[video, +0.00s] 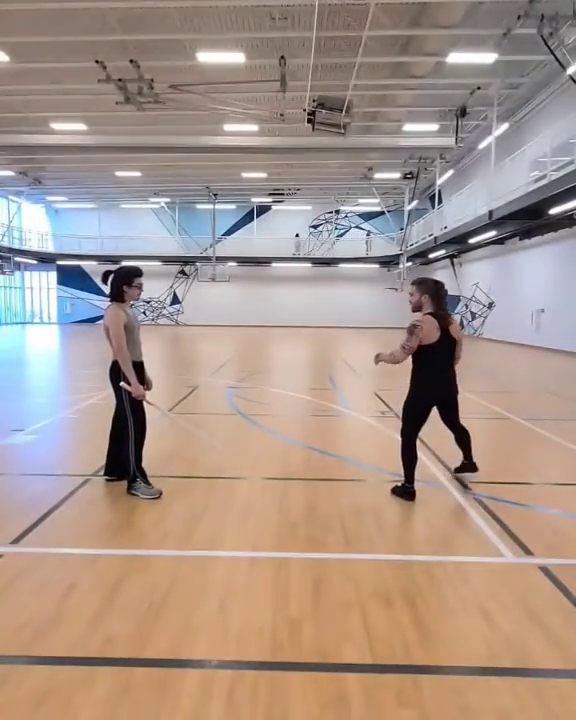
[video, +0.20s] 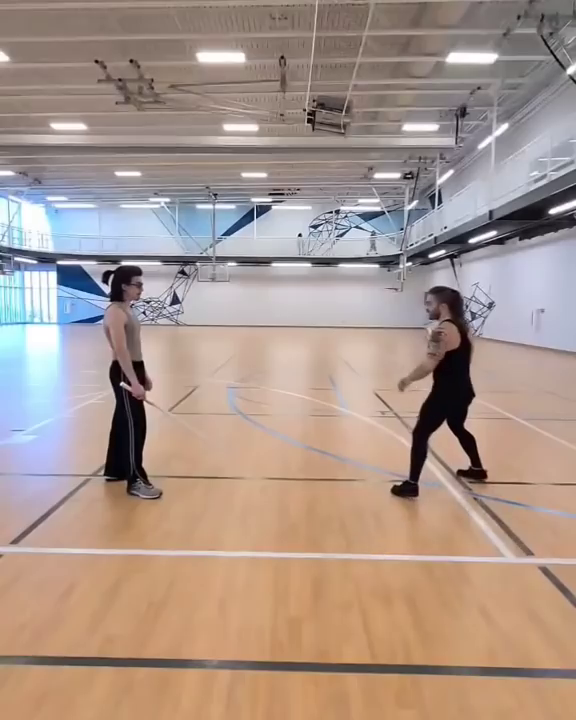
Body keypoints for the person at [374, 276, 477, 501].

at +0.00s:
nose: (409, 299)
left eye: (413, 295)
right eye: (410, 294)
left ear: (425, 297)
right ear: (433, 297)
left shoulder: (419, 324)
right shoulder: (452, 323)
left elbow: (400, 356)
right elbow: (457, 356)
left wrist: (382, 357)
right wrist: (442, 367)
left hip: (422, 390)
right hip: (447, 387)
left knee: (408, 435)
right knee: (454, 424)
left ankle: (408, 486)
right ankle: (469, 461)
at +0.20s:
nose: (426, 308)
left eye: (429, 303)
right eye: (426, 303)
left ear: (443, 305)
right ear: (447, 306)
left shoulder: (442, 330)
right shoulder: (458, 327)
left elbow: (429, 364)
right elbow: (458, 360)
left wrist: (408, 379)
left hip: (445, 393)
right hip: (463, 391)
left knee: (420, 433)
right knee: (457, 426)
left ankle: (412, 483)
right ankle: (477, 467)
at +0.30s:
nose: (431, 305)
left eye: (435, 301)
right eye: (431, 301)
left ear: (448, 302)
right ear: (452, 303)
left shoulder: (447, 327)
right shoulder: (462, 323)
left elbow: (441, 362)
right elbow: (462, 357)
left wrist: (427, 385)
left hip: (453, 389)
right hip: (470, 386)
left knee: (432, 429)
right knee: (462, 425)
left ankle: (429, 482)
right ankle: (478, 468)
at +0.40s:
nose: (435, 302)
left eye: (438, 298)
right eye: (435, 298)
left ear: (451, 300)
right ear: (455, 301)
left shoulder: (452, 323)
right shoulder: (468, 320)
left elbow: (446, 360)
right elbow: (471, 355)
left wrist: (436, 387)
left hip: (458, 386)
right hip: (475, 383)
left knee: (441, 429)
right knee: (465, 424)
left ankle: (449, 481)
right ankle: (478, 468)